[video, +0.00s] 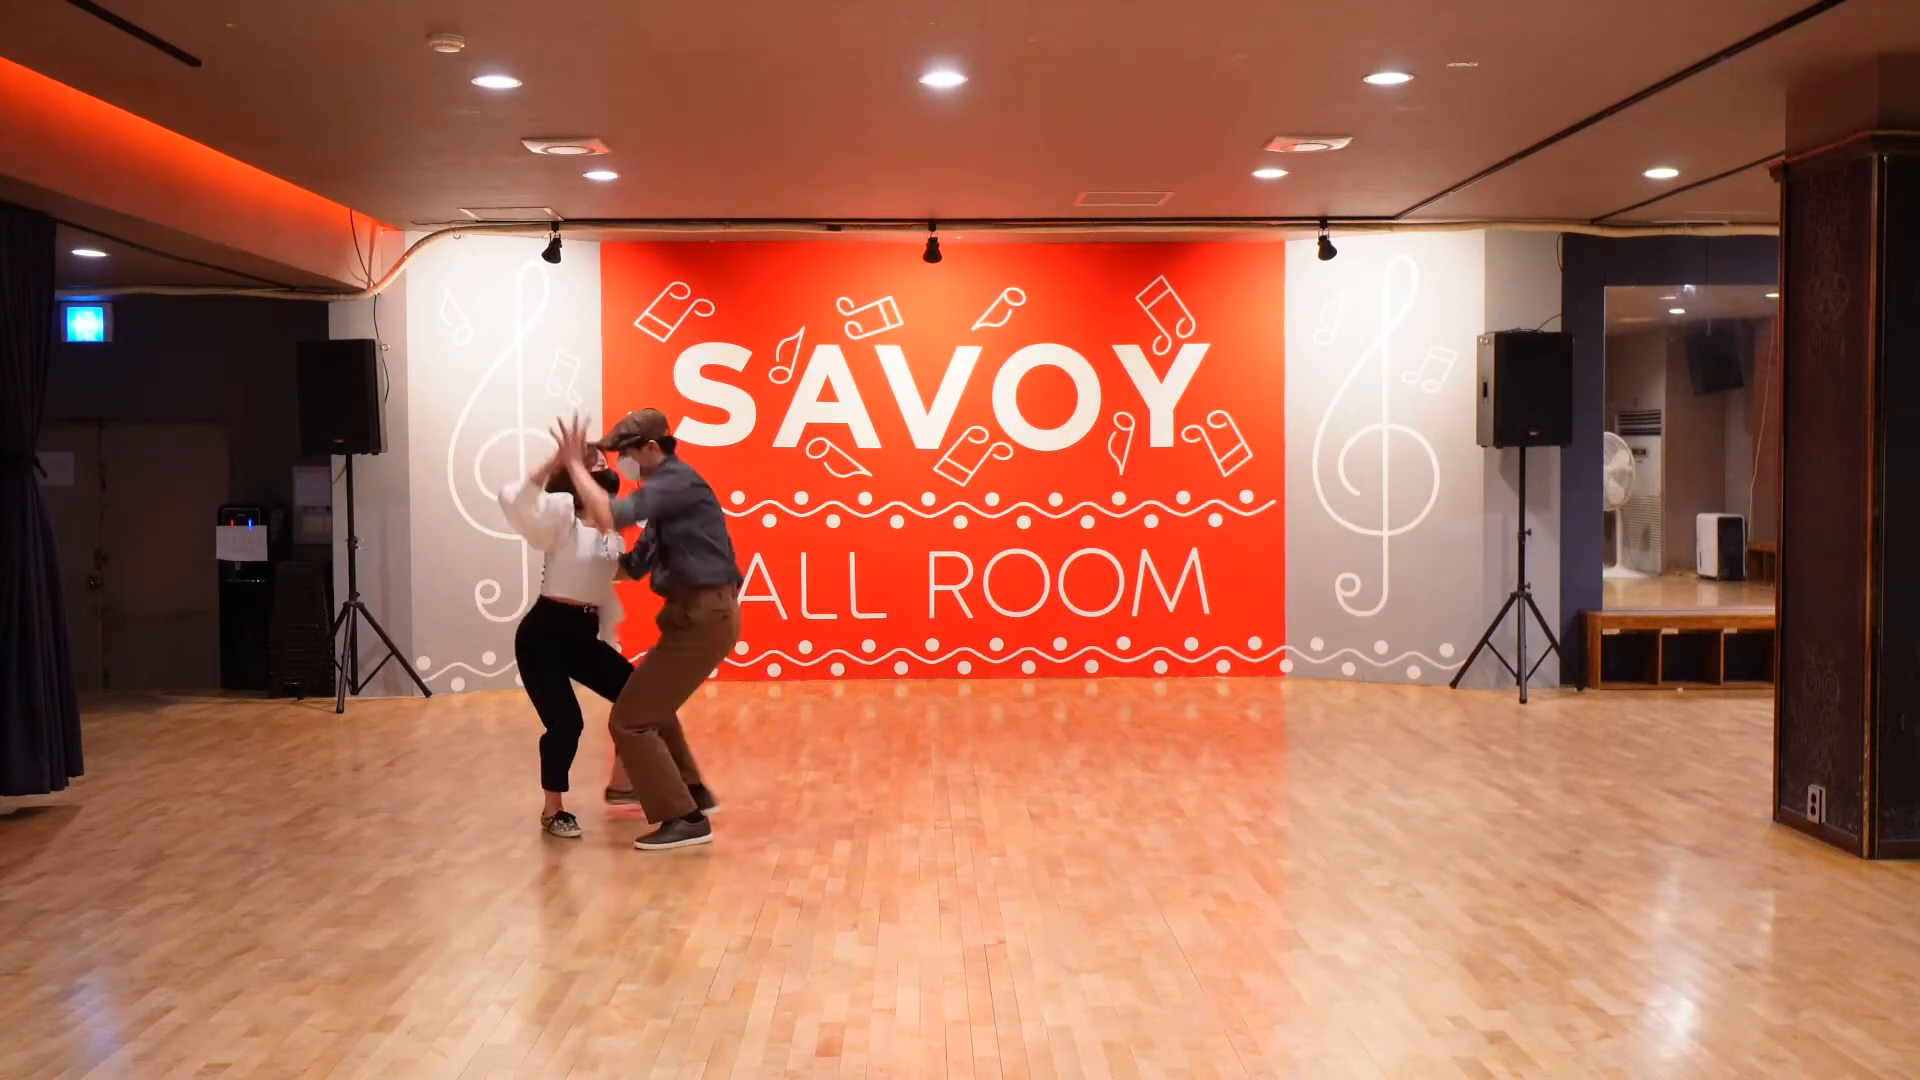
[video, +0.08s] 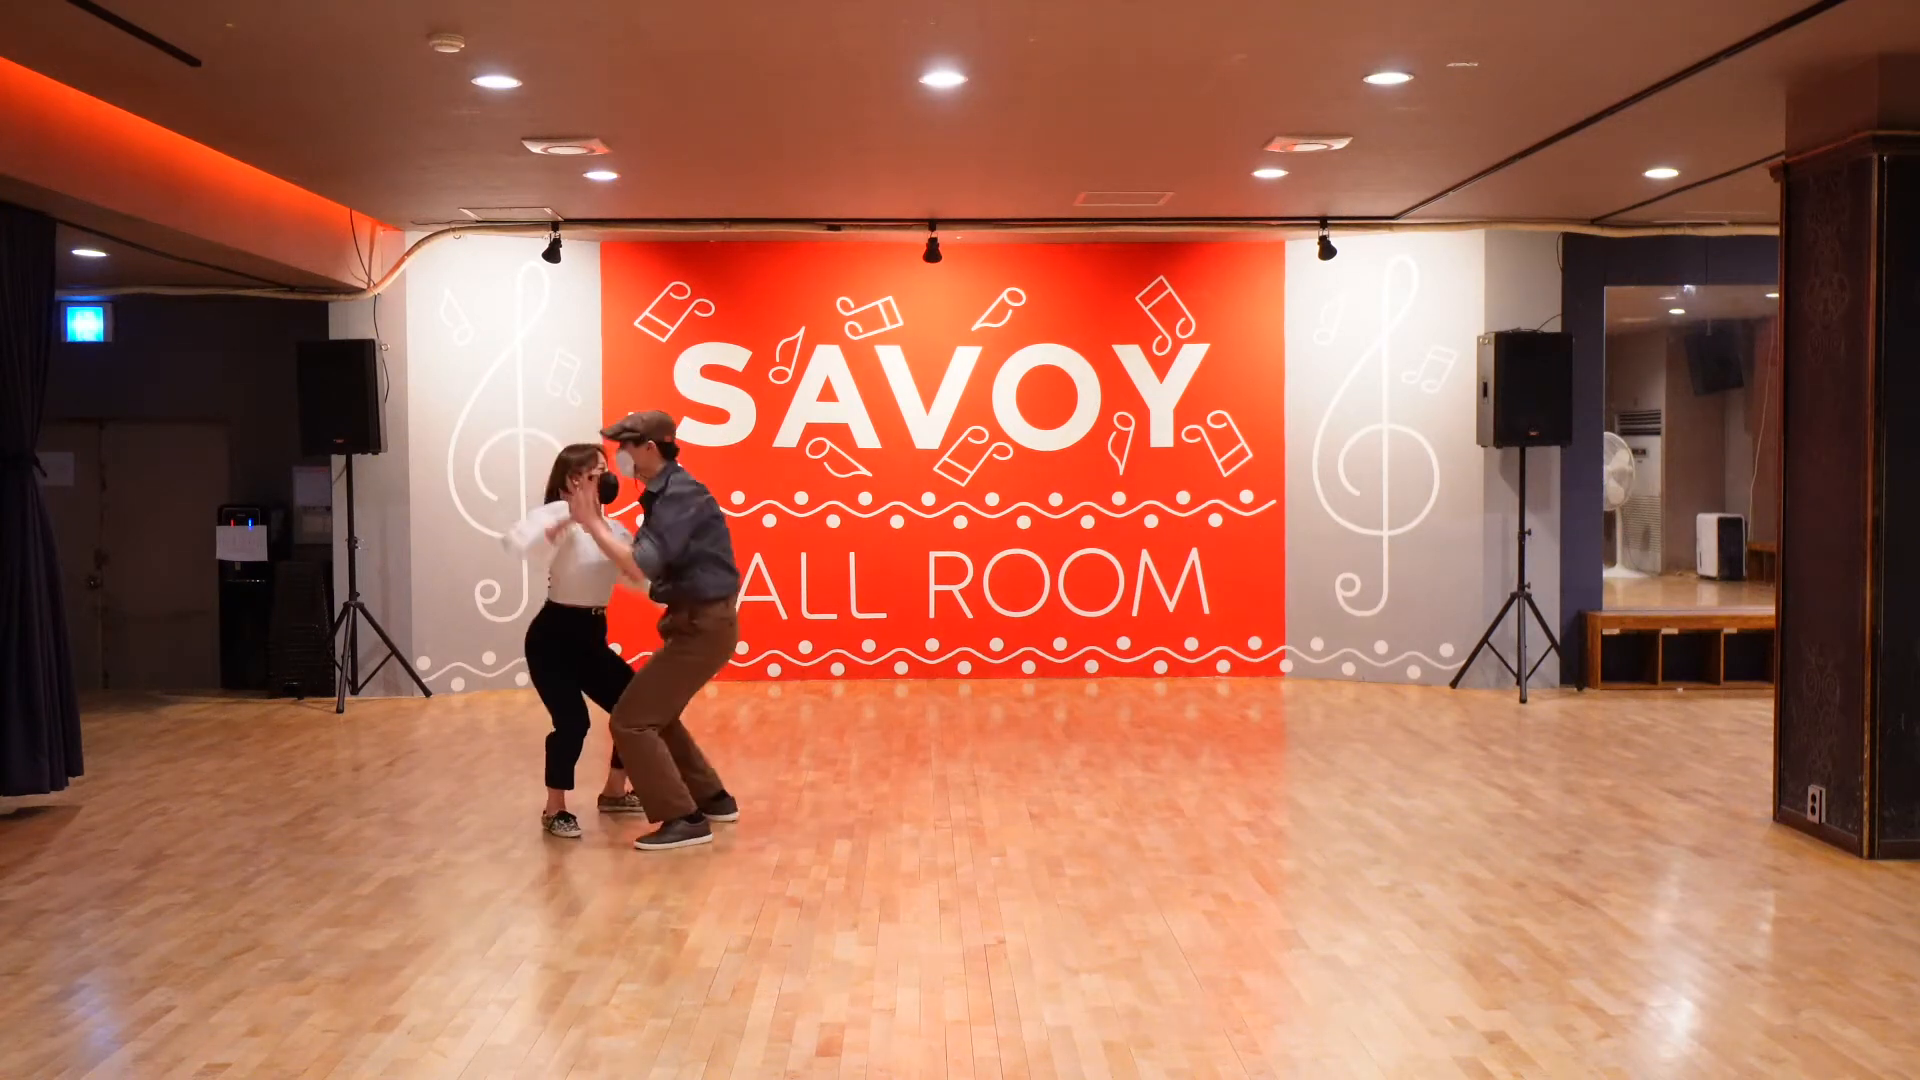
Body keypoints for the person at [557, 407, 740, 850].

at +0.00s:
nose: (625, 462)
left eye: (628, 452)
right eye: (622, 455)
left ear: (651, 446)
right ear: (654, 448)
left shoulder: (675, 480)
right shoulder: (670, 488)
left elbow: (609, 515)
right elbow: (636, 565)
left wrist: (575, 466)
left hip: (704, 619)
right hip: (700, 616)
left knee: (628, 721)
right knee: (650, 706)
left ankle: (682, 819)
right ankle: (692, 792)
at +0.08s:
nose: (622, 456)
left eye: (628, 447)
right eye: (621, 448)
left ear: (653, 448)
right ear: (653, 450)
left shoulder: (680, 495)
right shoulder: (665, 494)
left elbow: (640, 567)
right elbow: (641, 563)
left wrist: (593, 523)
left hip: (705, 628)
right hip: (693, 625)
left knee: (629, 720)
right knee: (655, 714)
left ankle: (683, 819)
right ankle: (711, 798)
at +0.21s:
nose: (621, 449)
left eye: (626, 441)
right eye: (621, 442)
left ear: (649, 442)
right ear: (649, 444)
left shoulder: (692, 496)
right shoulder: (654, 485)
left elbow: (685, 586)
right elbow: (632, 526)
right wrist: (597, 508)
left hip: (714, 612)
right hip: (696, 609)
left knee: (636, 694)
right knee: (664, 708)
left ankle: (675, 804)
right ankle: (712, 797)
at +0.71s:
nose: (629, 467)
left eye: (633, 458)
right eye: (627, 459)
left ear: (659, 451)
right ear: (657, 452)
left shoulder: (693, 502)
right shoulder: (661, 493)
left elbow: (666, 589)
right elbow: (633, 545)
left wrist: (614, 641)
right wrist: (580, 552)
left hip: (713, 624)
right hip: (693, 622)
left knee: (636, 697)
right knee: (662, 713)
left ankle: (679, 802)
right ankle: (716, 795)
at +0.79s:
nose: (630, 468)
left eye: (634, 459)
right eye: (627, 460)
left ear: (660, 447)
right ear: (658, 449)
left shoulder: (690, 492)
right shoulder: (662, 491)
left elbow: (653, 568)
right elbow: (628, 550)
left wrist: (589, 614)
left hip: (709, 622)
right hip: (690, 619)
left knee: (638, 712)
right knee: (659, 715)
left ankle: (686, 811)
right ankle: (716, 795)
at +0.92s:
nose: (630, 460)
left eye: (630, 450)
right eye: (625, 453)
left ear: (652, 437)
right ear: (657, 436)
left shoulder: (677, 465)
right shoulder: (668, 463)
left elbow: (633, 518)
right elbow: (638, 522)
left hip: (706, 600)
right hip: (690, 595)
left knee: (644, 707)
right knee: (639, 694)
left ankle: (685, 810)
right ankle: (688, 784)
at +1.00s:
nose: (626, 459)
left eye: (626, 448)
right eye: (621, 452)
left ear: (647, 432)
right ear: (650, 433)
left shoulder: (671, 453)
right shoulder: (662, 468)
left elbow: (630, 488)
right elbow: (624, 545)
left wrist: (557, 473)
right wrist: (593, 519)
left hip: (710, 589)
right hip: (694, 588)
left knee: (649, 700)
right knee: (630, 682)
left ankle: (693, 810)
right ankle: (640, 786)